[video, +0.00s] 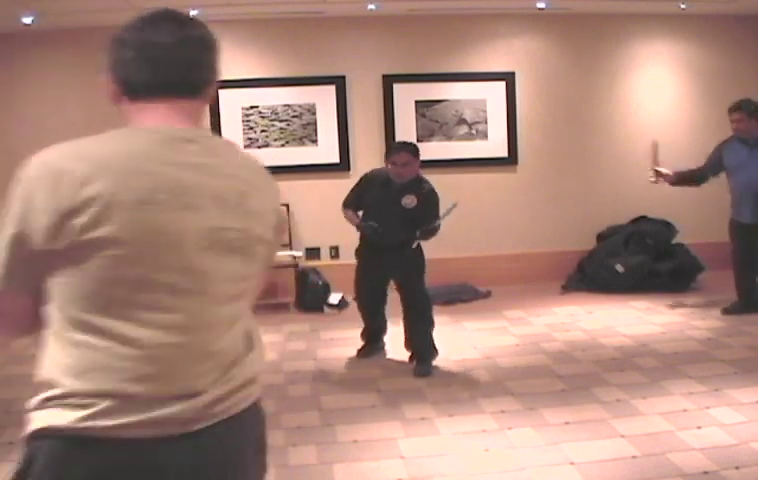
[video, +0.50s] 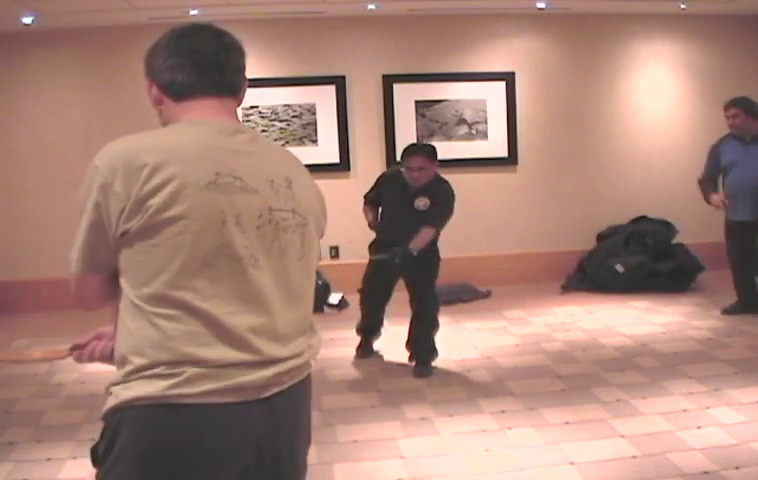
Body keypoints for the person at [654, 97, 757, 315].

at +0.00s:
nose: (735, 126)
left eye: (739, 121)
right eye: (732, 122)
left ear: (753, 120)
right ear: (731, 122)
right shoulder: (728, 148)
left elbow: (703, 173)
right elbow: (703, 173)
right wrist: (673, 177)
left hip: (754, 219)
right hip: (742, 219)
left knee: (748, 261)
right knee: (742, 262)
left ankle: (749, 301)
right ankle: (746, 300)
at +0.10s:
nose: (731, 127)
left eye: (735, 121)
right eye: (728, 122)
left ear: (751, 121)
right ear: (727, 122)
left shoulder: (754, 144)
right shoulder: (725, 147)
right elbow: (698, 169)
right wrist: (665, 174)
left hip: (754, 218)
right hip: (741, 218)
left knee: (752, 260)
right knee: (743, 260)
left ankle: (750, 301)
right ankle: (746, 301)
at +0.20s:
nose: (727, 127)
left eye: (732, 121)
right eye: (725, 122)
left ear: (748, 120)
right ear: (724, 122)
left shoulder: (755, 143)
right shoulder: (722, 146)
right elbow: (695, 166)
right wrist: (665, 174)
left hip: (754, 217)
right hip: (739, 218)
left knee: (752, 260)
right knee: (741, 260)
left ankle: (752, 300)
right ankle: (745, 300)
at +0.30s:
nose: (726, 126)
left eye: (731, 120)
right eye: (724, 121)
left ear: (748, 120)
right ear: (722, 122)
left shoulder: (756, 142)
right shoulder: (720, 146)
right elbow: (699, 165)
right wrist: (681, 173)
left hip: (755, 218)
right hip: (737, 219)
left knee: (752, 261)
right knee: (741, 261)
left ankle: (752, 300)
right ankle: (745, 300)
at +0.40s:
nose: (727, 124)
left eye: (732, 118)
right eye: (725, 119)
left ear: (748, 118)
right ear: (723, 121)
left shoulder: (756, 140)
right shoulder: (721, 146)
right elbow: (697, 174)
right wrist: (697, 185)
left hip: (755, 217)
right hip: (737, 217)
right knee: (739, 260)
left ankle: (750, 299)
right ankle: (746, 299)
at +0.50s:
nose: (730, 122)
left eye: (734, 116)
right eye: (728, 117)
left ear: (750, 116)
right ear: (726, 119)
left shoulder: (755, 143)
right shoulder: (723, 146)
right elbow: (707, 176)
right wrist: (710, 194)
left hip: (753, 216)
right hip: (738, 217)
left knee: (752, 260)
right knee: (740, 260)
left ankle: (752, 300)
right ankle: (745, 299)